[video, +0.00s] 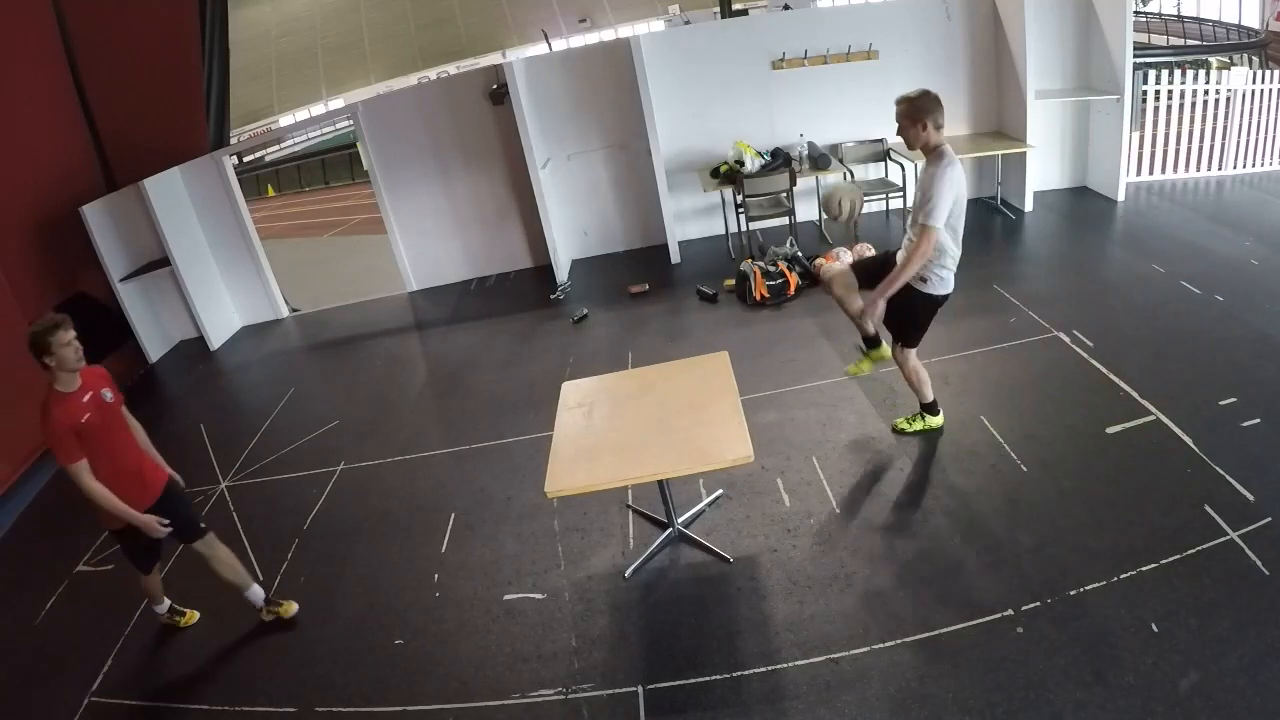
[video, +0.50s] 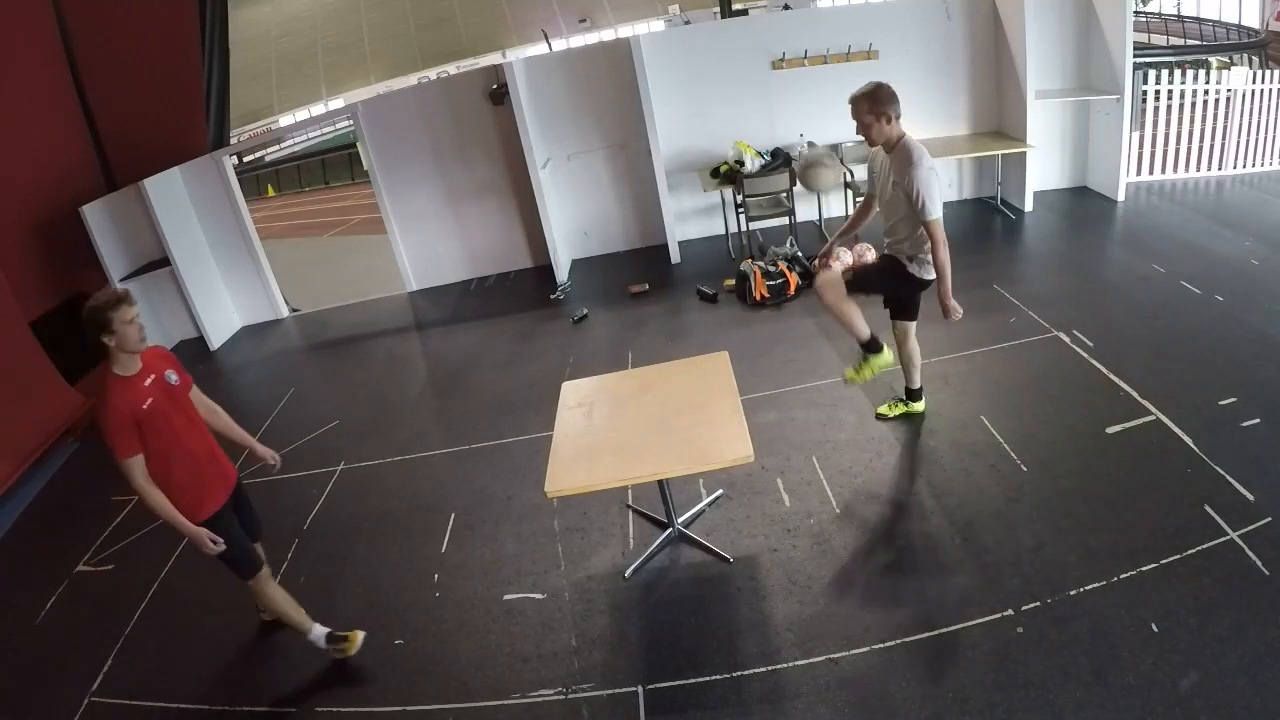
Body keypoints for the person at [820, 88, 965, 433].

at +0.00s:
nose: (898, 132)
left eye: (903, 125)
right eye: (898, 125)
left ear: (924, 126)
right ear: (926, 126)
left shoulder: (943, 175)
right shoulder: (934, 163)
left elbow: (924, 248)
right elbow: (924, 230)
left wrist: (879, 296)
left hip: (928, 278)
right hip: (908, 259)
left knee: (902, 353)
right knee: (839, 283)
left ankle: (931, 413)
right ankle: (875, 347)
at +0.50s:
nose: (858, 131)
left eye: (863, 123)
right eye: (857, 123)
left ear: (888, 118)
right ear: (883, 119)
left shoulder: (917, 167)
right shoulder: (878, 156)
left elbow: (938, 236)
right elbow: (866, 208)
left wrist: (946, 296)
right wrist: (833, 242)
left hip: (914, 264)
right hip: (898, 256)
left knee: (826, 282)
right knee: (904, 334)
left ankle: (875, 350)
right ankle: (914, 398)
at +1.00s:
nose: (857, 137)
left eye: (861, 128)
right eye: (856, 128)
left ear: (888, 125)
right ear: (887, 125)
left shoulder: (919, 180)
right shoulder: (880, 162)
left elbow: (927, 256)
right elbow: (880, 227)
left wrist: (895, 312)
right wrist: (852, 256)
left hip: (888, 292)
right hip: (857, 270)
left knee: (885, 371)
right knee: (793, 309)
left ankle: (904, 438)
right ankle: (844, 350)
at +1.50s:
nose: (856, 135)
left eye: (862, 128)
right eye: (854, 127)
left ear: (888, 127)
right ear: (873, 127)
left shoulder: (917, 176)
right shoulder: (864, 171)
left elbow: (933, 251)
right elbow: (855, 224)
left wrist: (910, 308)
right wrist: (833, 270)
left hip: (905, 294)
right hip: (874, 285)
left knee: (870, 374)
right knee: (866, 357)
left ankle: (899, 433)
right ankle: (882, 411)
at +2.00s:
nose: (901, 149)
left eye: (909, 141)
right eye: (900, 140)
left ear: (936, 142)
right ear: (905, 142)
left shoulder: (967, 195)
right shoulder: (912, 187)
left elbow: (982, 274)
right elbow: (911, 244)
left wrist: (946, 323)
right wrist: (897, 291)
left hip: (967, 311)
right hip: (925, 299)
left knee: (979, 394)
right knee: (900, 361)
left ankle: (1012, 462)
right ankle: (883, 412)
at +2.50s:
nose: (923, 141)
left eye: (932, 134)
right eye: (922, 132)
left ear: (962, 138)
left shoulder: (990, 192)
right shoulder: (939, 179)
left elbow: (1016, 271)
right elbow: (945, 241)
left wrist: (1028, 340)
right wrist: (932, 290)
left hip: (990, 312)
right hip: (952, 300)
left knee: (1000, 392)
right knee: (943, 365)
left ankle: (1015, 464)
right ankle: (950, 427)